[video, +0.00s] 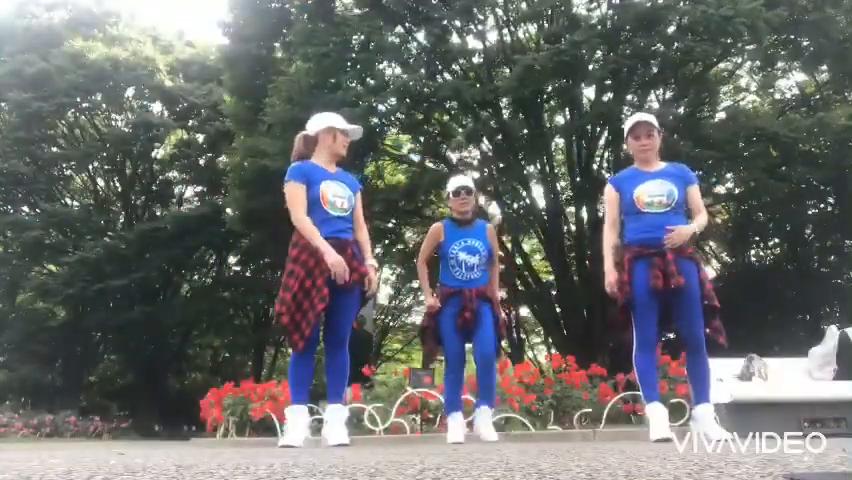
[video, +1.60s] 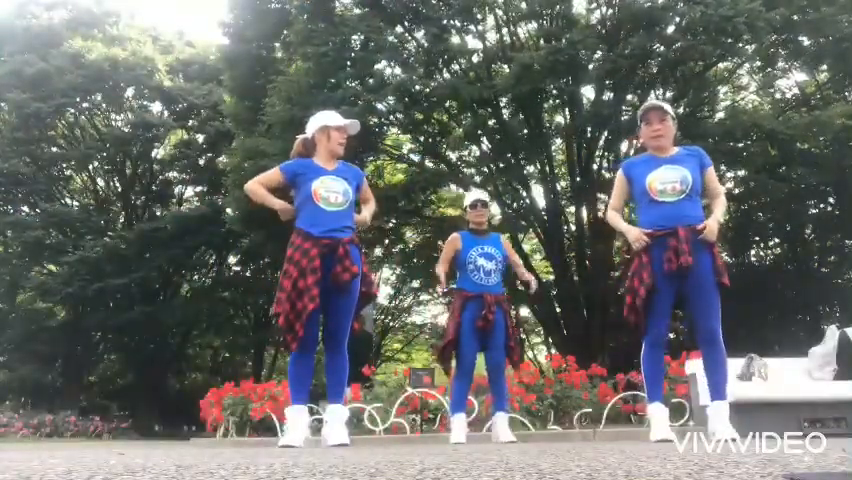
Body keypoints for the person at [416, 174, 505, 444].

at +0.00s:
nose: (462, 198)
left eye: (467, 193)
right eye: (456, 194)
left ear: (475, 197)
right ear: (449, 199)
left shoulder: (487, 229)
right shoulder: (440, 229)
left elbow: (494, 265)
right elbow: (422, 261)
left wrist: (495, 299)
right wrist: (428, 295)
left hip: (482, 297)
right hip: (451, 297)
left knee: (486, 353)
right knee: (454, 357)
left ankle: (483, 414)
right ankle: (454, 417)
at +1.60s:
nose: (479, 211)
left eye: (483, 207)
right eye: (474, 208)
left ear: (489, 212)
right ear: (466, 213)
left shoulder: (500, 241)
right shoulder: (457, 239)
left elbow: (517, 264)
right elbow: (442, 266)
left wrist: (526, 275)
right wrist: (442, 282)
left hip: (497, 304)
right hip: (469, 303)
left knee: (497, 362)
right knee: (466, 362)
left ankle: (501, 421)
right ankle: (458, 419)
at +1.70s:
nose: (484, 214)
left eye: (489, 209)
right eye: (479, 209)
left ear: (495, 214)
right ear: (471, 214)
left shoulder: (504, 239)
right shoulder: (463, 238)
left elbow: (529, 253)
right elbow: (441, 256)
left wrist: (524, 224)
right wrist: (448, 224)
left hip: (501, 304)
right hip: (473, 303)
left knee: (499, 362)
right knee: (470, 361)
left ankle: (501, 422)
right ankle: (459, 419)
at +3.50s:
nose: (481, 215)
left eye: (485, 211)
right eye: (475, 211)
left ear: (492, 215)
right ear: (466, 216)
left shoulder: (502, 239)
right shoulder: (460, 242)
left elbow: (523, 266)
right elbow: (441, 268)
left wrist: (505, 253)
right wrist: (461, 251)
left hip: (496, 305)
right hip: (468, 305)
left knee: (497, 364)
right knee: (463, 363)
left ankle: (501, 423)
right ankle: (456, 422)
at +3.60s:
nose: (478, 216)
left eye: (482, 211)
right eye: (472, 212)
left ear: (488, 215)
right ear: (463, 217)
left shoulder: (499, 242)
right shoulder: (456, 244)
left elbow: (518, 267)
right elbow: (439, 272)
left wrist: (507, 273)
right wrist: (455, 273)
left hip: (494, 306)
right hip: (466, 306)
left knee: (496, 365)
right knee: (463, 364)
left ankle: (501, 423)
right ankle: (457, 423)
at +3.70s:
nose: (471, 216)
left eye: (476, 212)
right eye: (466, 213)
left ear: (483, 217)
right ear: (458, 218)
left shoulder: (494, 243)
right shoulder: (450, 246)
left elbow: (508, 273)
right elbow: (439, 276)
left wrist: (509, 301)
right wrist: (444, 298)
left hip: (490, 306)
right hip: (460, 307)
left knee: (492, 364)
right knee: (461, 366)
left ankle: (500, 421)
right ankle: (457, 423)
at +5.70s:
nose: (463, 215)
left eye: (468, 212)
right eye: (459, 211)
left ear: (475, 217)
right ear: (451, 215)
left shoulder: (484, 243)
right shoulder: (439, 244)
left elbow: (493, 274)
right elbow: (430, 277)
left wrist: (495, 302)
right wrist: (428, 303)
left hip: (479, 305)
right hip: (450, 305)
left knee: (481, 362)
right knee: (452, 363)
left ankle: (489, 421)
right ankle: (450, 421)